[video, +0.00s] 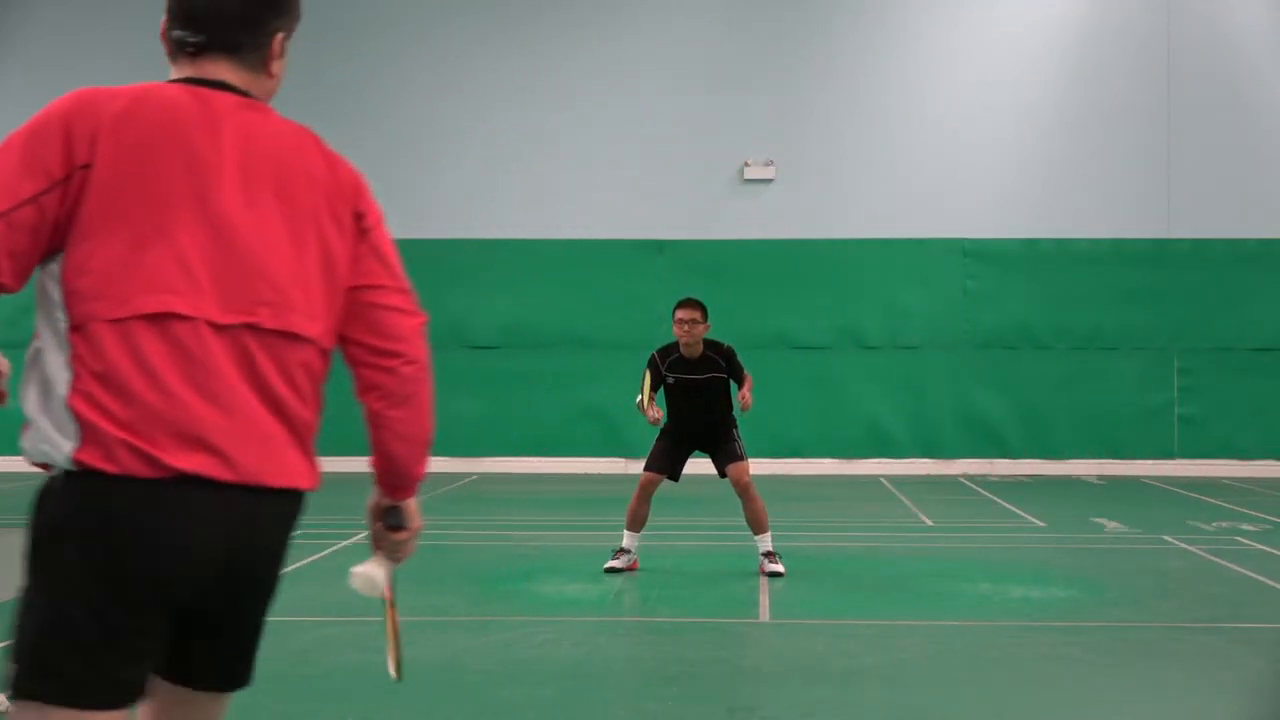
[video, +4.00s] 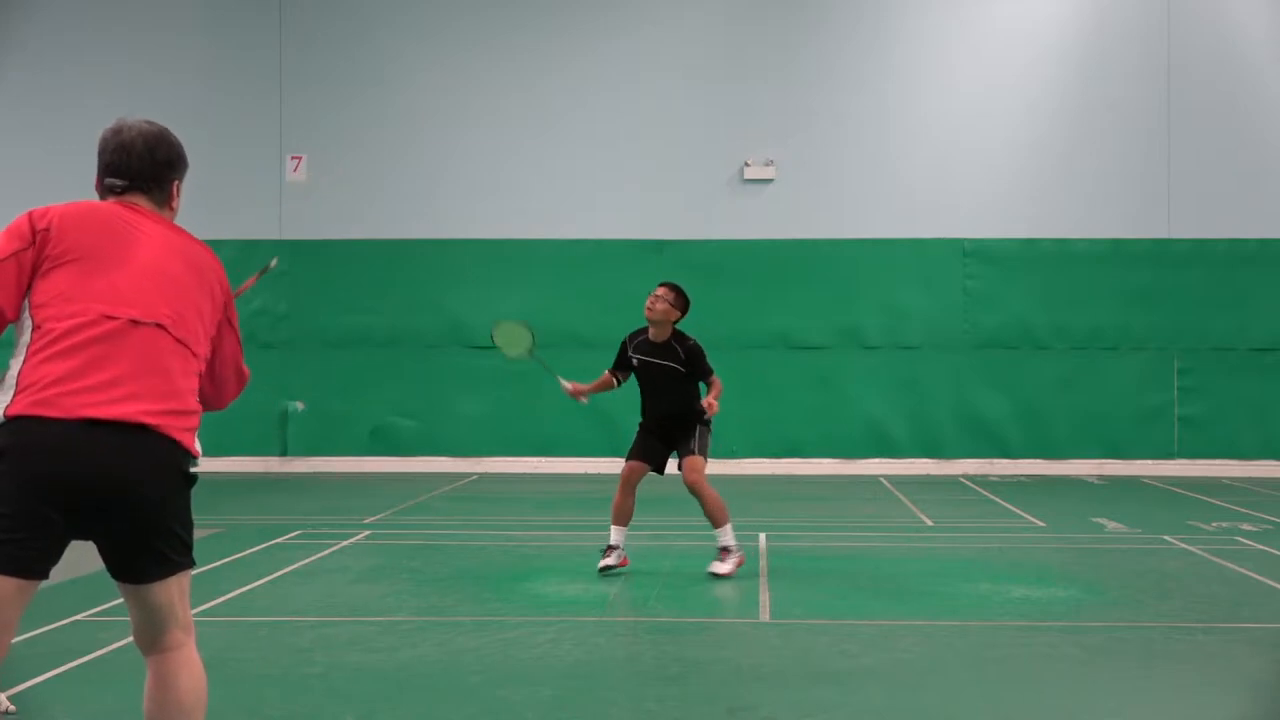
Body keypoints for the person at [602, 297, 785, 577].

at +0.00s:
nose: (685, 328)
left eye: (692, 323)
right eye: (680, 322)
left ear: (705, 327)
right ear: (673, 326)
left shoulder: (723, 355)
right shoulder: (661, 358)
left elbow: (745, 378)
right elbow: (645, 396)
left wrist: (746, 391)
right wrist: (651, 410)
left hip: (720, 431)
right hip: (677, 431)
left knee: (743, 482)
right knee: (646, 484)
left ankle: (767, 553)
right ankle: (627, 551)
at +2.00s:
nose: (681, 312)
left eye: (688, 308)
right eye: (677, 307)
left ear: (702, 313)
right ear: (670, 311)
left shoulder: (720, 343)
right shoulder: (659, 347)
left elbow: (739, 375)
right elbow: (648, 394)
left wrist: (732, 387)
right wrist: (652, 419)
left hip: (716, 424)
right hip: (675, 425)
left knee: (740, 482)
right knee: (644, 482)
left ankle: (767, 553)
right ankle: (627, 551)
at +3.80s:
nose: (669, 317)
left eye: (678, 314)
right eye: (666, 312)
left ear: (692, 323)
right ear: (660, 318)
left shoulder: (708, 354)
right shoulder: (649, 357)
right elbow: (632, 401)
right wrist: (626, 424)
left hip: (709, 430)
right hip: (668, 430)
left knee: (735, 488)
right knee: (639, 480)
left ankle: (768, 553)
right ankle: (621, 552)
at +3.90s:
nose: (661, 311)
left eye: (671, 309)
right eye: (660, 306)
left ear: (684, 322)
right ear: (653, 312)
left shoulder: (696, 354)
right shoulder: (639, 352)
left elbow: (721, 387)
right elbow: (622, 392)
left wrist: (722, 404)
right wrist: (604, 412)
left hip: (696, 431)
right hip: (658, 431)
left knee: (718, 488)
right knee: (635, 481)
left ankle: (762, 548)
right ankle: (620, 553)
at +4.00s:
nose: (652, 301)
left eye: (661, 300)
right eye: (652, 296)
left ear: (675, 314)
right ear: (647, 303)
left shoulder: (687, 347)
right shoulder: (634, 342)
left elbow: (714, 382)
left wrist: (711, 398)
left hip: (690, 422)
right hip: (654, 423)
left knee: (693, 478)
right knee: (628, 476)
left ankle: (730, 550)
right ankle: (615, 549)